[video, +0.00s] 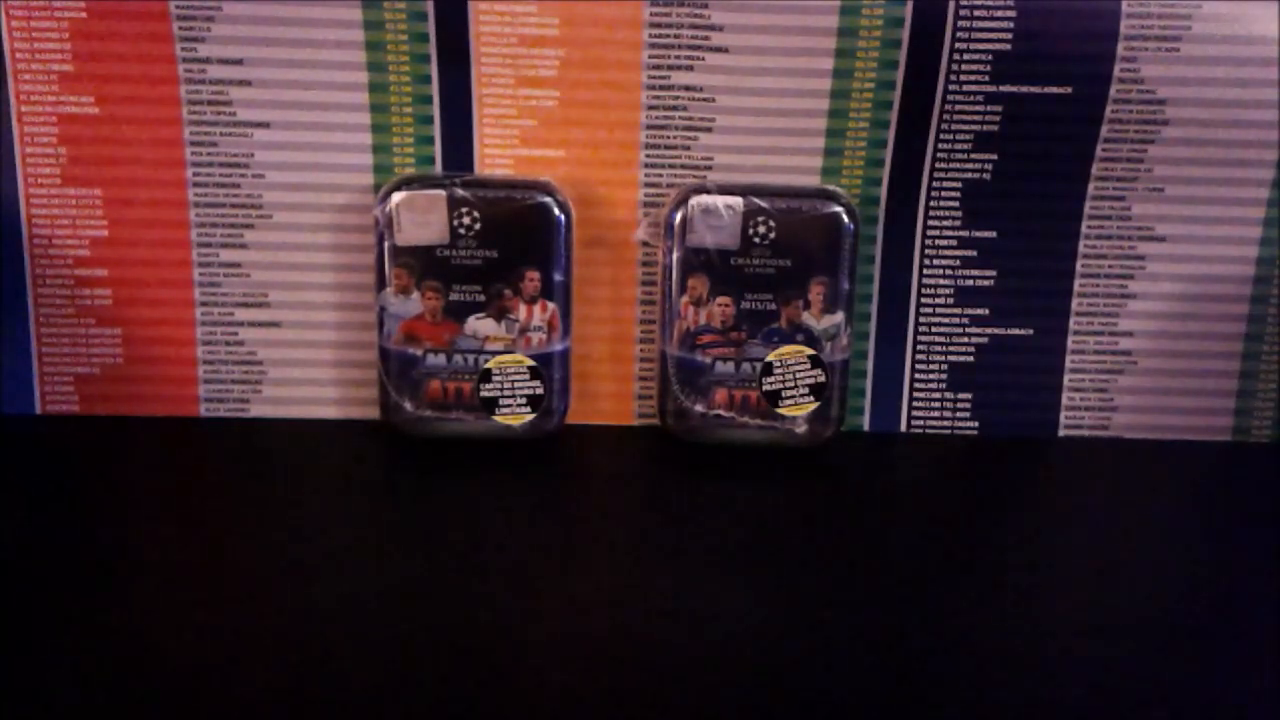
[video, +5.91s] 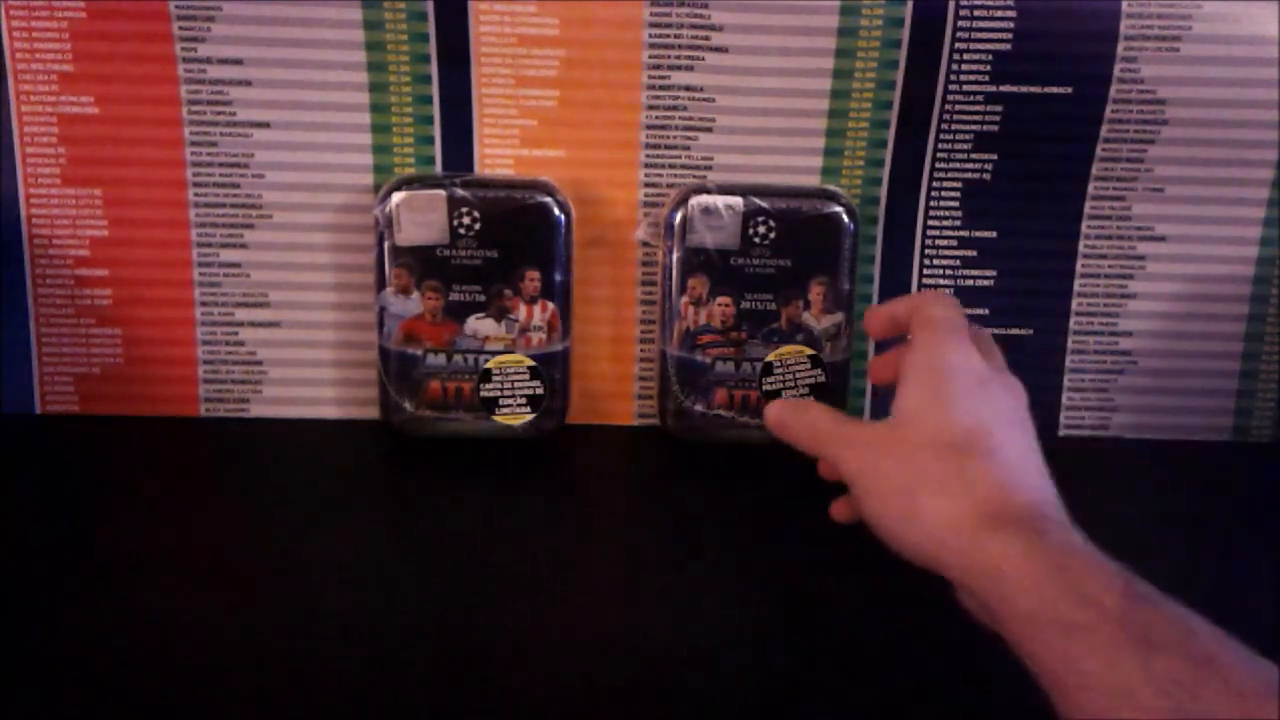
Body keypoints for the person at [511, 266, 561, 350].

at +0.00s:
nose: (536, 285)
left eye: (538, 281)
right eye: (531, 280)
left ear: (541, 283)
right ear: (521, 284)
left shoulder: (551, 308)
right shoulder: (512, 306)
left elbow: (556, 336)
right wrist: (521, 329)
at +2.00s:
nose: (536, 285)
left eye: (538, 281)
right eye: (531, 280)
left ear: (541, 283)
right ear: (521, 284)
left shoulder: (551, 308)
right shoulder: (512, 305)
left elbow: (556, 336)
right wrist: (519, 328)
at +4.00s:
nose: (536, 285)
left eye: (538, 281)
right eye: (531, 280)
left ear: (541, 283)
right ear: (521, 284)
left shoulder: (550, 308)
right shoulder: (512, 305)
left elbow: (556, 336)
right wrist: (520, 328)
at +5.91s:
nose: (536, 285)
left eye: (539, 281)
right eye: (531, 280)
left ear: (541, 283)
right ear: (521, 284)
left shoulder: (550, 308)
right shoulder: (512, 305)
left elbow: (556, 338)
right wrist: (520, 328)